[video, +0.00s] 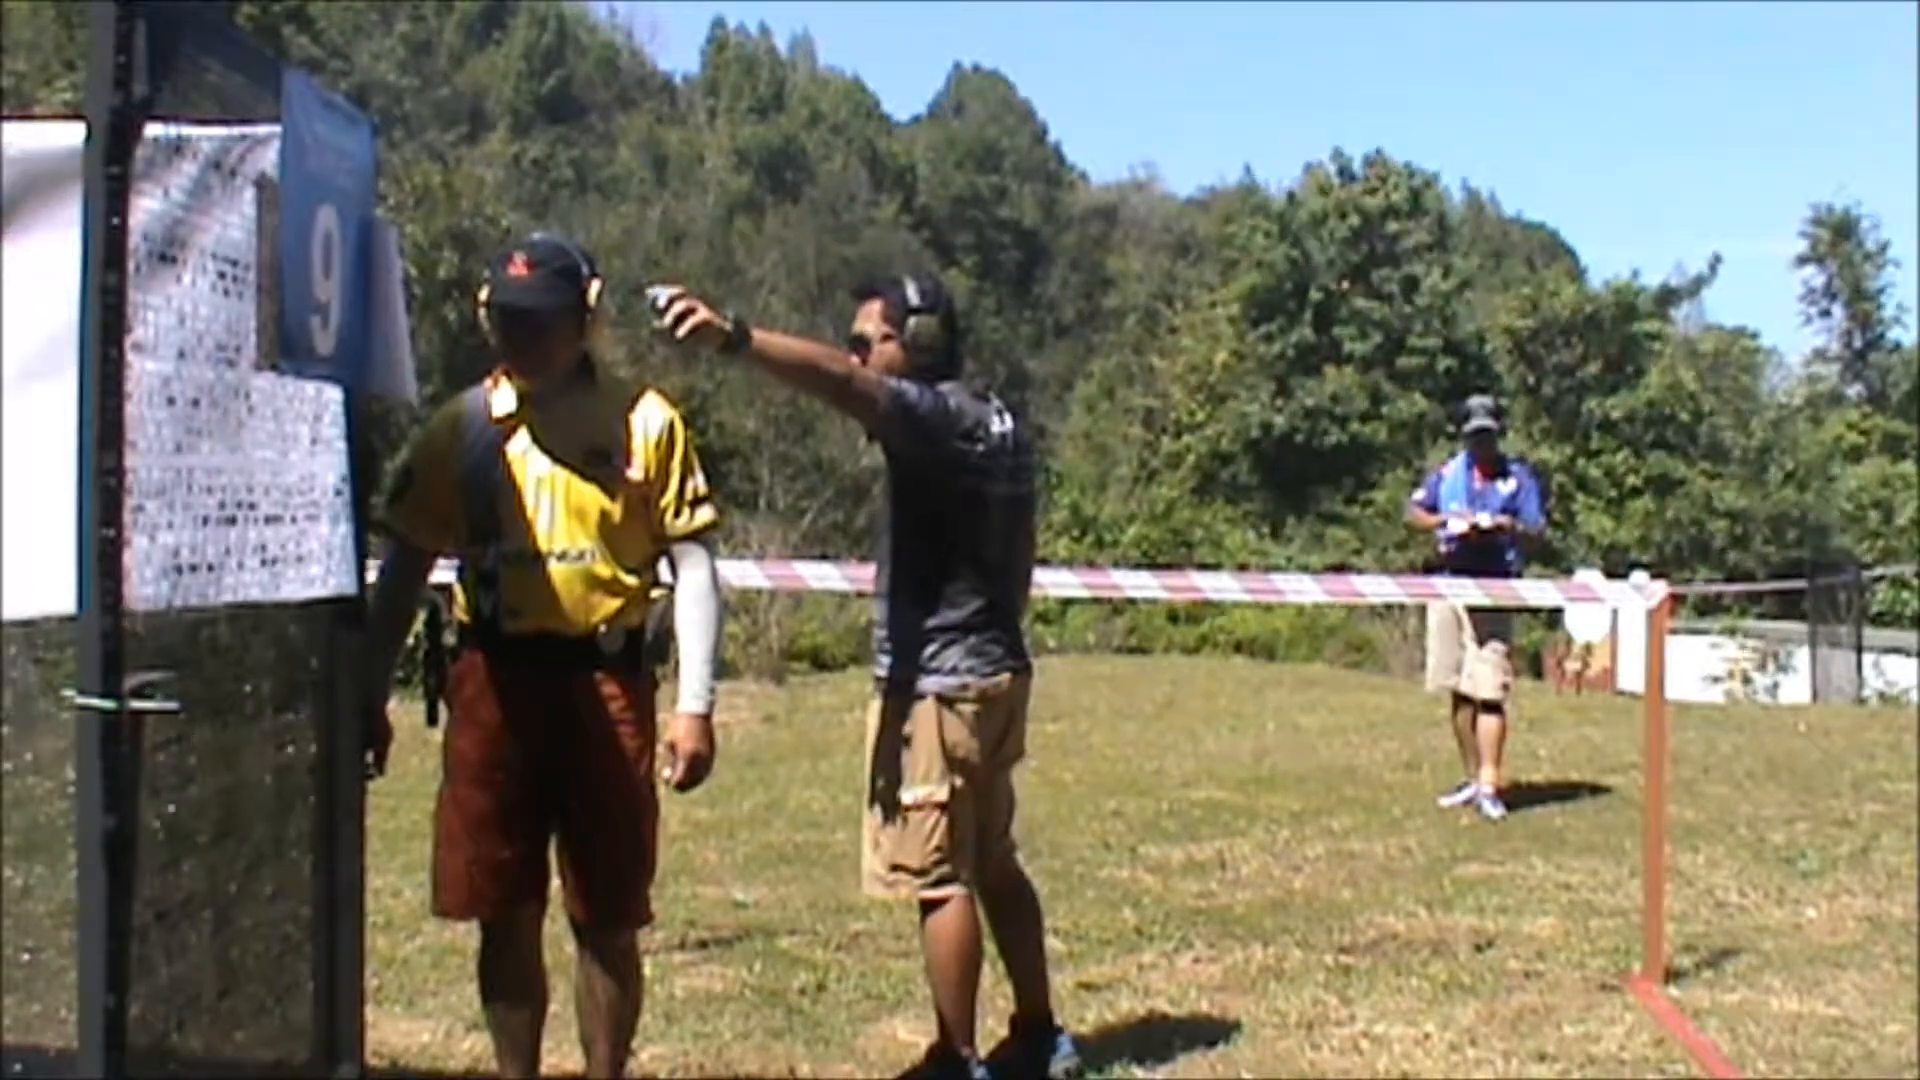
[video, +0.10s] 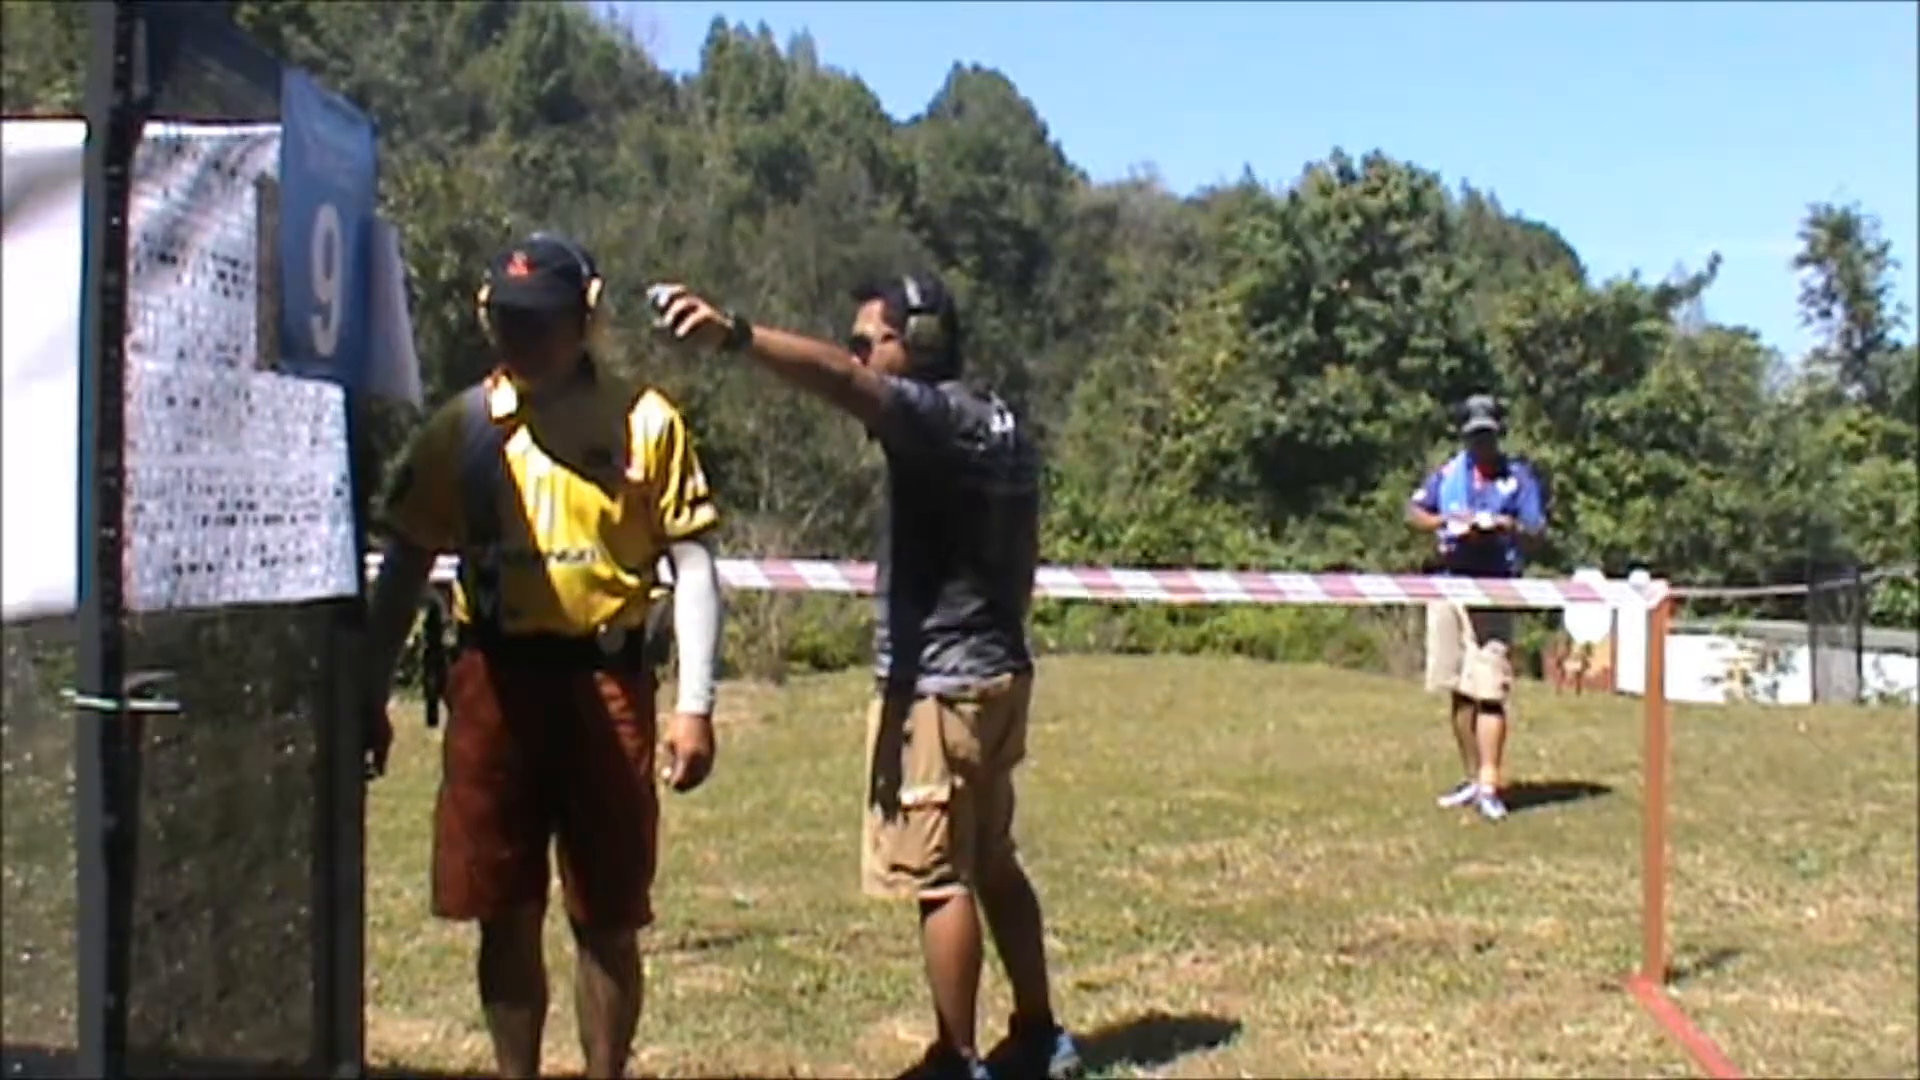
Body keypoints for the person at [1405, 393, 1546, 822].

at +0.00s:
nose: (1482, 443)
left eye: (1488, 435)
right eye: (1474, 436)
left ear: (1501, 436)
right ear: (1463, 437)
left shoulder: (1520, 479)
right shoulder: (1447, 474)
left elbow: (1537, 535)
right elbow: (1415, 512)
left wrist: (1506, 526)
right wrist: (1444, 522)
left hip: (1494, 589)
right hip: (1450, 588)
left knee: (1490, 690)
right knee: (1459, 689)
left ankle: (1489, 783)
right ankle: (1471, 776)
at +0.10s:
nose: (1481, 443)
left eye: (1488, 435)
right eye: (1474, 436)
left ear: (1500, 436)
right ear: (1463, 437)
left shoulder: (1519, 477)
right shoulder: (1450, 472)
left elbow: (1537, 535)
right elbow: (1415, 511)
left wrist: (1506, 526)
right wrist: (1445, 523)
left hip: (1494, 588)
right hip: (1450, 587)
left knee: (1490, 690)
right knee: (1459, 689)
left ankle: (1489, 783)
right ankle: (1471, 776)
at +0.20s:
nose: (1482, 443)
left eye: (1488, 435)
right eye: (1475, 436)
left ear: (1500, 436)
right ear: (1464, 437)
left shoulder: (1519, 477)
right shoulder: (1450, 472)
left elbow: (1538, 535)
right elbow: (1416, 510)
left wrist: (1505, 525)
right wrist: (1444, 522)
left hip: (1494, 588)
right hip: (1450, 587)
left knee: (1490, 690)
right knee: (1459, 689)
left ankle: (1489, 782)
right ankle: (1471, 776)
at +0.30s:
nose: (1481, 444)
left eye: (1488, 435)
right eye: (1474, 436)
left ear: (1499, 436)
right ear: (1464, 437)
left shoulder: (1519, 477)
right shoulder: (1450, 472)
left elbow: (1539, 537)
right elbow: (1416, 512)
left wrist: (1507, 527)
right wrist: (1446, 521)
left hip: (1495, 588)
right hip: (1450, 587)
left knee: (1490, 690)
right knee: (1459, 689)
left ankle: (1489, 782)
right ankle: (1471, 776)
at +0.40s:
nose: (1481, 443)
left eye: (1488, 435)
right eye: (1474, 435)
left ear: (1500, 436)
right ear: (1464, 437)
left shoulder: (1519, 478)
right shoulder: (1450, 472)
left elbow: (1538, 538)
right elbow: (1417, 513)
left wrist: (1506, 525)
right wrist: (1446, 521)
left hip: (1494, 589)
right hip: (1450, 588)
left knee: (1490, 691)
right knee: (1460, 689)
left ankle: (1489, 782)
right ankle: (1471, 776)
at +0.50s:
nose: (1481, 443)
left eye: (1487, 435)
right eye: (1474, 436)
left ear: (1499, 436)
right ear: (1464, 437)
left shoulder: (1519, 477)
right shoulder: (1450, 472)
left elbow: (1539, 538)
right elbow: (1417, 514)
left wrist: (1508, 526)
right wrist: (1448, 520)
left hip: (1495, 589)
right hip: (1450, 588)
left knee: (1490, 691)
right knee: (1459, 690)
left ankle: (1489, 782)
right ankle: (1471, 776)